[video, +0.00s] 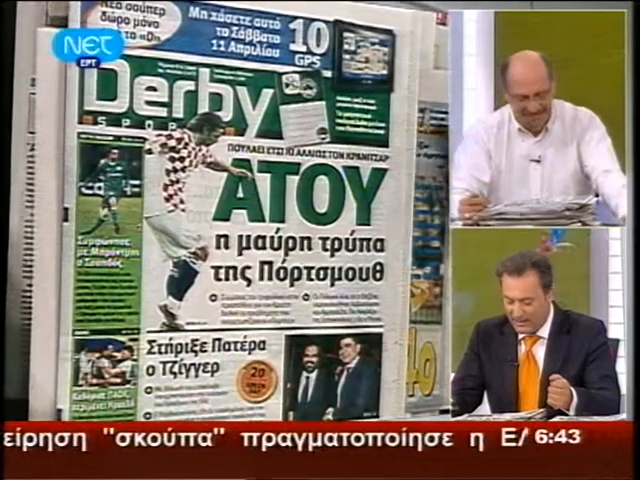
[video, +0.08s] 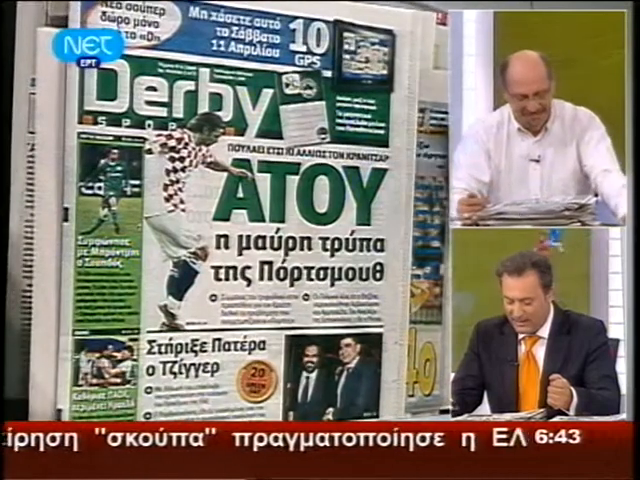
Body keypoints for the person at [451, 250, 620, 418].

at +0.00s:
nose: (517, 312)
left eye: (527, 302)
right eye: (509, 301)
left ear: (550, 296)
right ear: (502, 297)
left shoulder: (588, 332)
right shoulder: (486, 334)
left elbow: (610, 403)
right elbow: (461, 401)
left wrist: (574, 400)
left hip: (568, 452)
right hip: (505, 451)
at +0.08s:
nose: (517, 313)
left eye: (527, 302)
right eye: (509, 302)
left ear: (550, 296)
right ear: (502, 297)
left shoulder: (588, 332)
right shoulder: (487, 334)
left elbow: (610, 403)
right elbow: (461, 400)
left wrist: (574, 400)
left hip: (569, 452)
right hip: (505, 450)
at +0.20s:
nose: (516, 312)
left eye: (527, 302)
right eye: (509, 302)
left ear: (550, 296)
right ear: (502, 296)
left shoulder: (588, 332)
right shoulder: (486, 334)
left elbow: (610, 403)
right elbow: (461, 401)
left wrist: (574, 400)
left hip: (568, 451)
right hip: (504, 450)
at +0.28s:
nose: (516, 312)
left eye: (527, 302)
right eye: (509, 302)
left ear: (550, 296)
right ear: (502, 297)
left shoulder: (588, 332)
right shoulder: (487, 334)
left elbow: (610, 403)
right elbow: (461, 401)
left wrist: (574, 400)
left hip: (568, 451)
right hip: (505, 450)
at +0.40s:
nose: (516, 313)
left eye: (526, 302)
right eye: (509, 302)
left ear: (549, 296)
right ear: (502, 297)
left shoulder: (588, 332)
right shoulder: (487, 334)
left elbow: (610, 403)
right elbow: (461, 401)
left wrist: (574, 400)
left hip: (568, 451)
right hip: (505, 449)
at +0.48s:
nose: (516, 313)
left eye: (526, 303)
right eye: (509, 302)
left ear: (549, 294)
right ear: (502, 297)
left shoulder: (588, 332)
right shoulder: (487, 334)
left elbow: (610, 403)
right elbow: (461, 401)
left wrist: (574, 400)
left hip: (569, 452)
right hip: (505, 451)